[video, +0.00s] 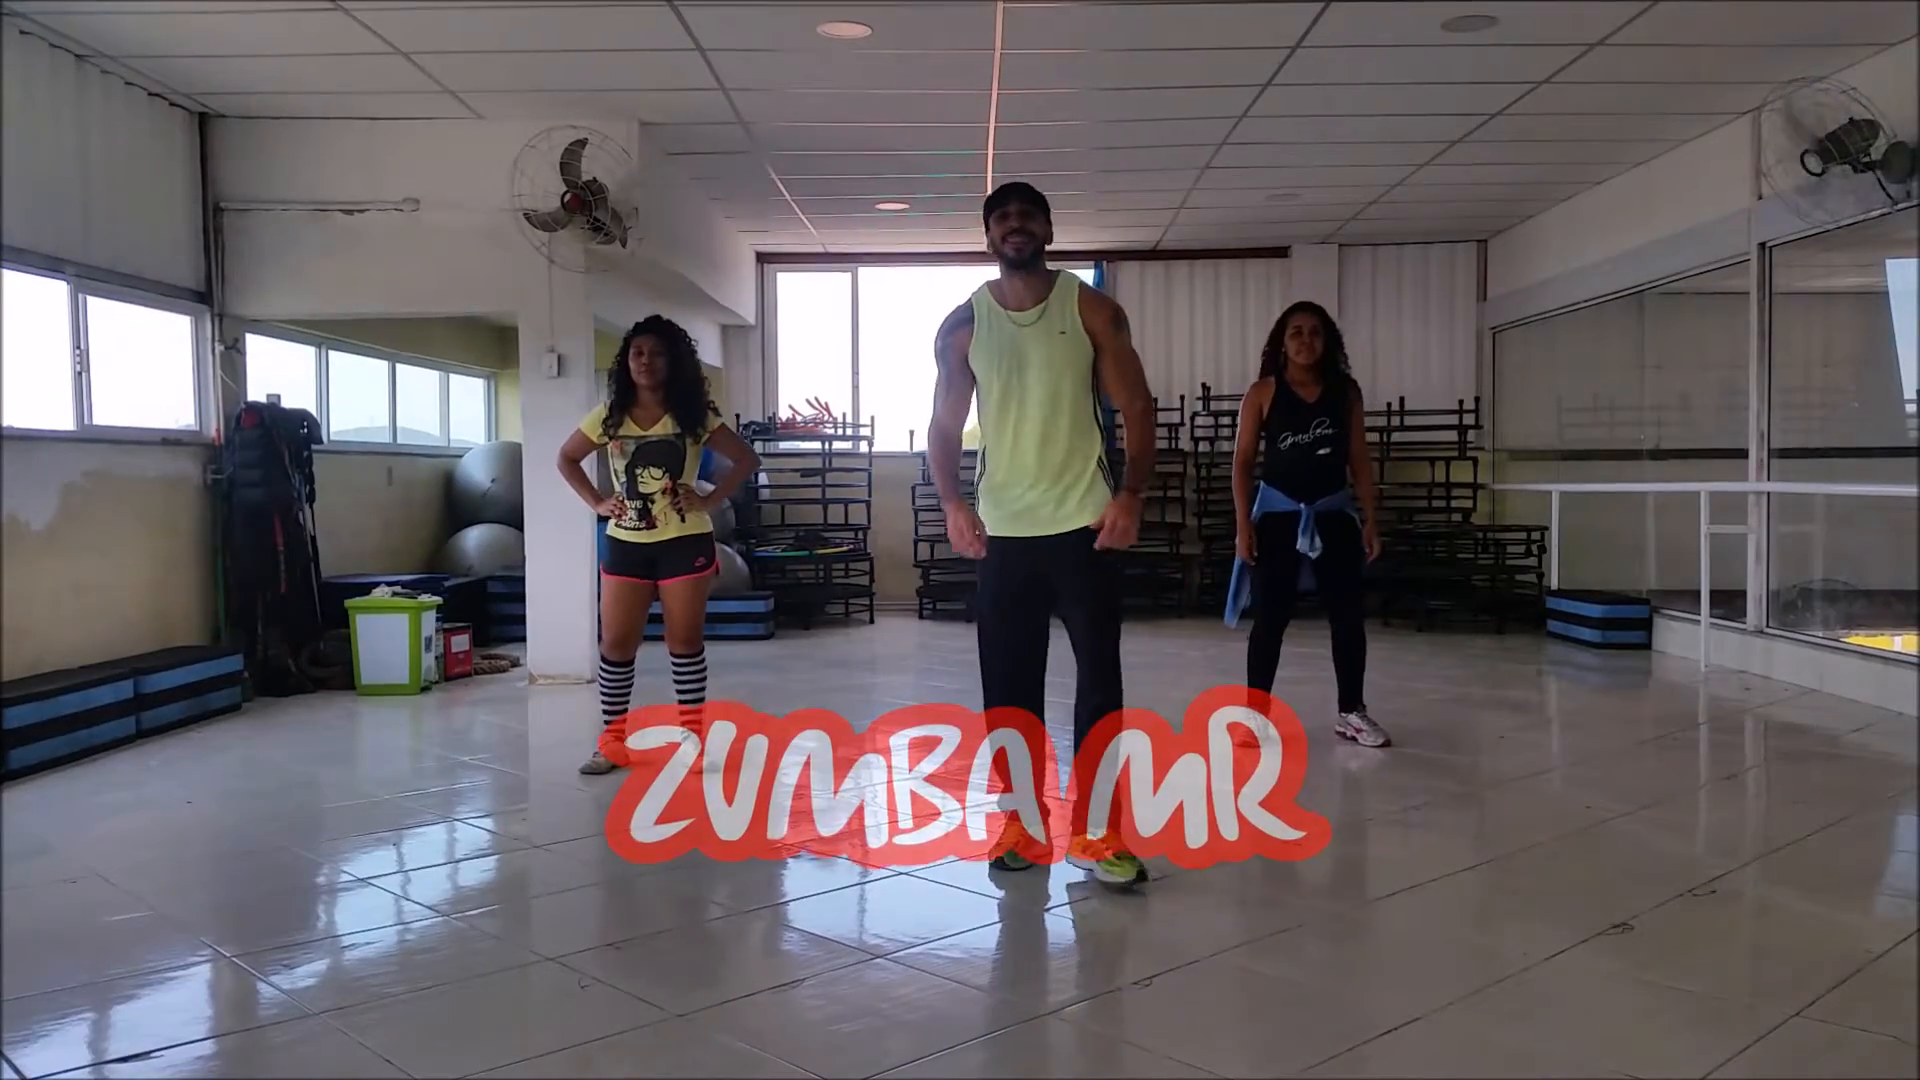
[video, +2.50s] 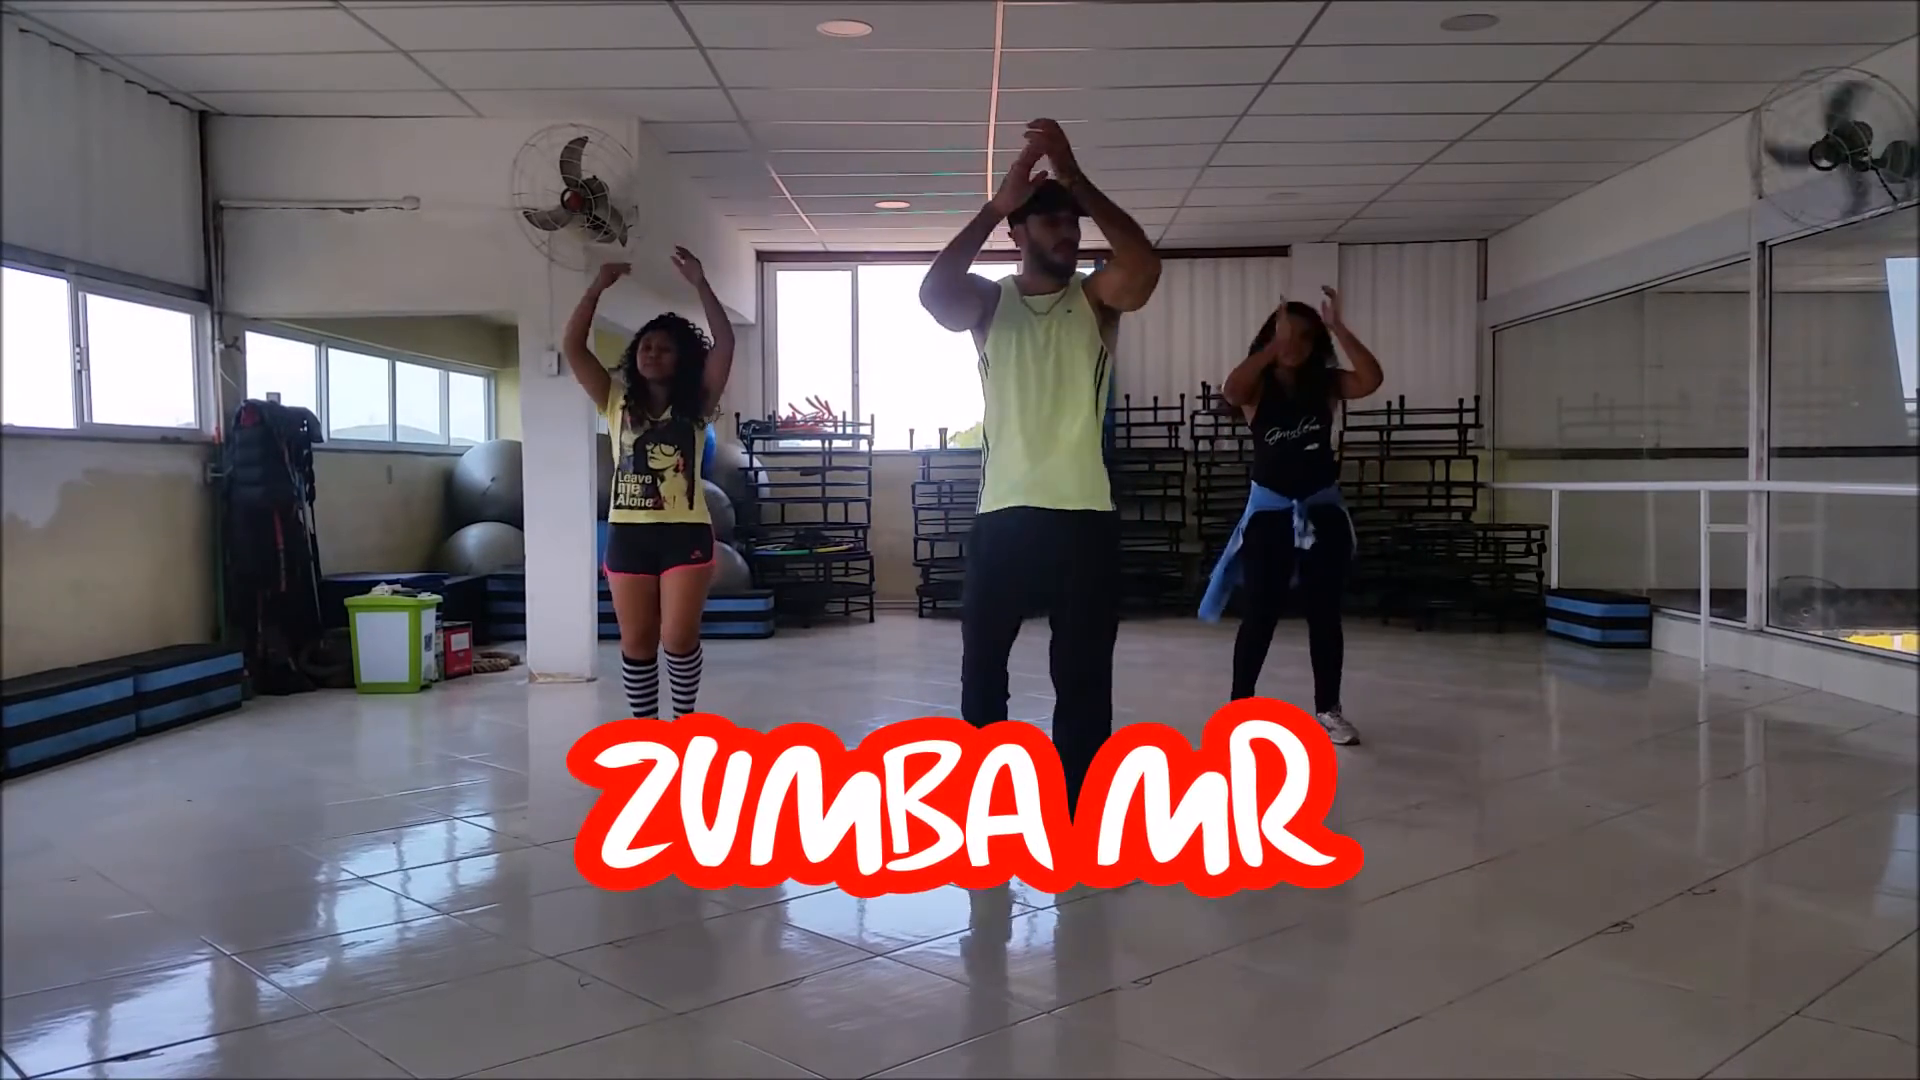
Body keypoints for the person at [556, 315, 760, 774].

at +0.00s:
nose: (644, 360)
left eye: (655, 353)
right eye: (637, 352)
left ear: (674, 362)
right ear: (626, 361)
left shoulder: (694, 414)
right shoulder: (611, 413)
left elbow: (747, 459)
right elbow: (566, 458)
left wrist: (710, 500)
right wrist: (597, 501)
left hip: (685, 544)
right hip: (625, 546)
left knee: (685, 645)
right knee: (616, 647)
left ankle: (693, 742)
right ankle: (613, 742)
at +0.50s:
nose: (653, 358)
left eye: (664, 351)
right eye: (646, 350)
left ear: (682, 360)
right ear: (635, 359)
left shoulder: (702, 413)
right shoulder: (619, 412)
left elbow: (751, 462)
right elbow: (577, 454)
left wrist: (714, 503)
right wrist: (601, 496)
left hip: (688, 542)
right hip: (629, 544)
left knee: (686, 644)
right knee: (634, 647)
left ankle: (692, 736)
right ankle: (642, 738)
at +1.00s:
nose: (653, 356)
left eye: (664, 349)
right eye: (646, 349)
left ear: (682, 359)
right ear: (635, 359)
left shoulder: (700, 413)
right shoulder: (615, 411)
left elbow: (750, 460)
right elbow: (565, 455)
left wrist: (716, 500)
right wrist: (595, 504)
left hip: (688, 541)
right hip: (630, 544)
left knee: (679, 642)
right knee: (636, 643)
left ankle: (679, 734)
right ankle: (641, 735)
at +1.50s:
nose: (651, 357)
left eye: (662, 351)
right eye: (644, 350)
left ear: (680, 361)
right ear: (635, 359)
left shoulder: (696, 410)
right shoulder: (619, 409)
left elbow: (709, 460)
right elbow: (590, 460)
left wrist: (678, 417)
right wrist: (626, 427)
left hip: (685, 538)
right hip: (627, 538)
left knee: (678, 643)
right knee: (634, 643)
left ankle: (679, 733)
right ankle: (641, 734)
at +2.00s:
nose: (656, 352)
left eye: (667, 347)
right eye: (649, 345)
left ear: (685, 358)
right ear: (636, 355)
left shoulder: (698, 403)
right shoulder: (620, 402)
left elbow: (722, 348)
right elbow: (580, 358)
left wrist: (688, 293)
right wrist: (606, 301)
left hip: (688, 540)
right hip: (630, 539)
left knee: (681, 644)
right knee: (631, 645)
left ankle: (682, 731)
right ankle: (639, 731)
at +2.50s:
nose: (654, 355)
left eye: (665, 349)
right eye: (646, 348)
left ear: (684, 360)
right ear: (634, 356)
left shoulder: (696, 404)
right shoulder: (615, 402)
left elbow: (723, 343)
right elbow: (573, 345)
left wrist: (700, 284)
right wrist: (597, 286)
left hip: (685, 538)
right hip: (628, 539)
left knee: (678, 641)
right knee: (636, 645)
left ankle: (685, 729)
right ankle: (645, 736)